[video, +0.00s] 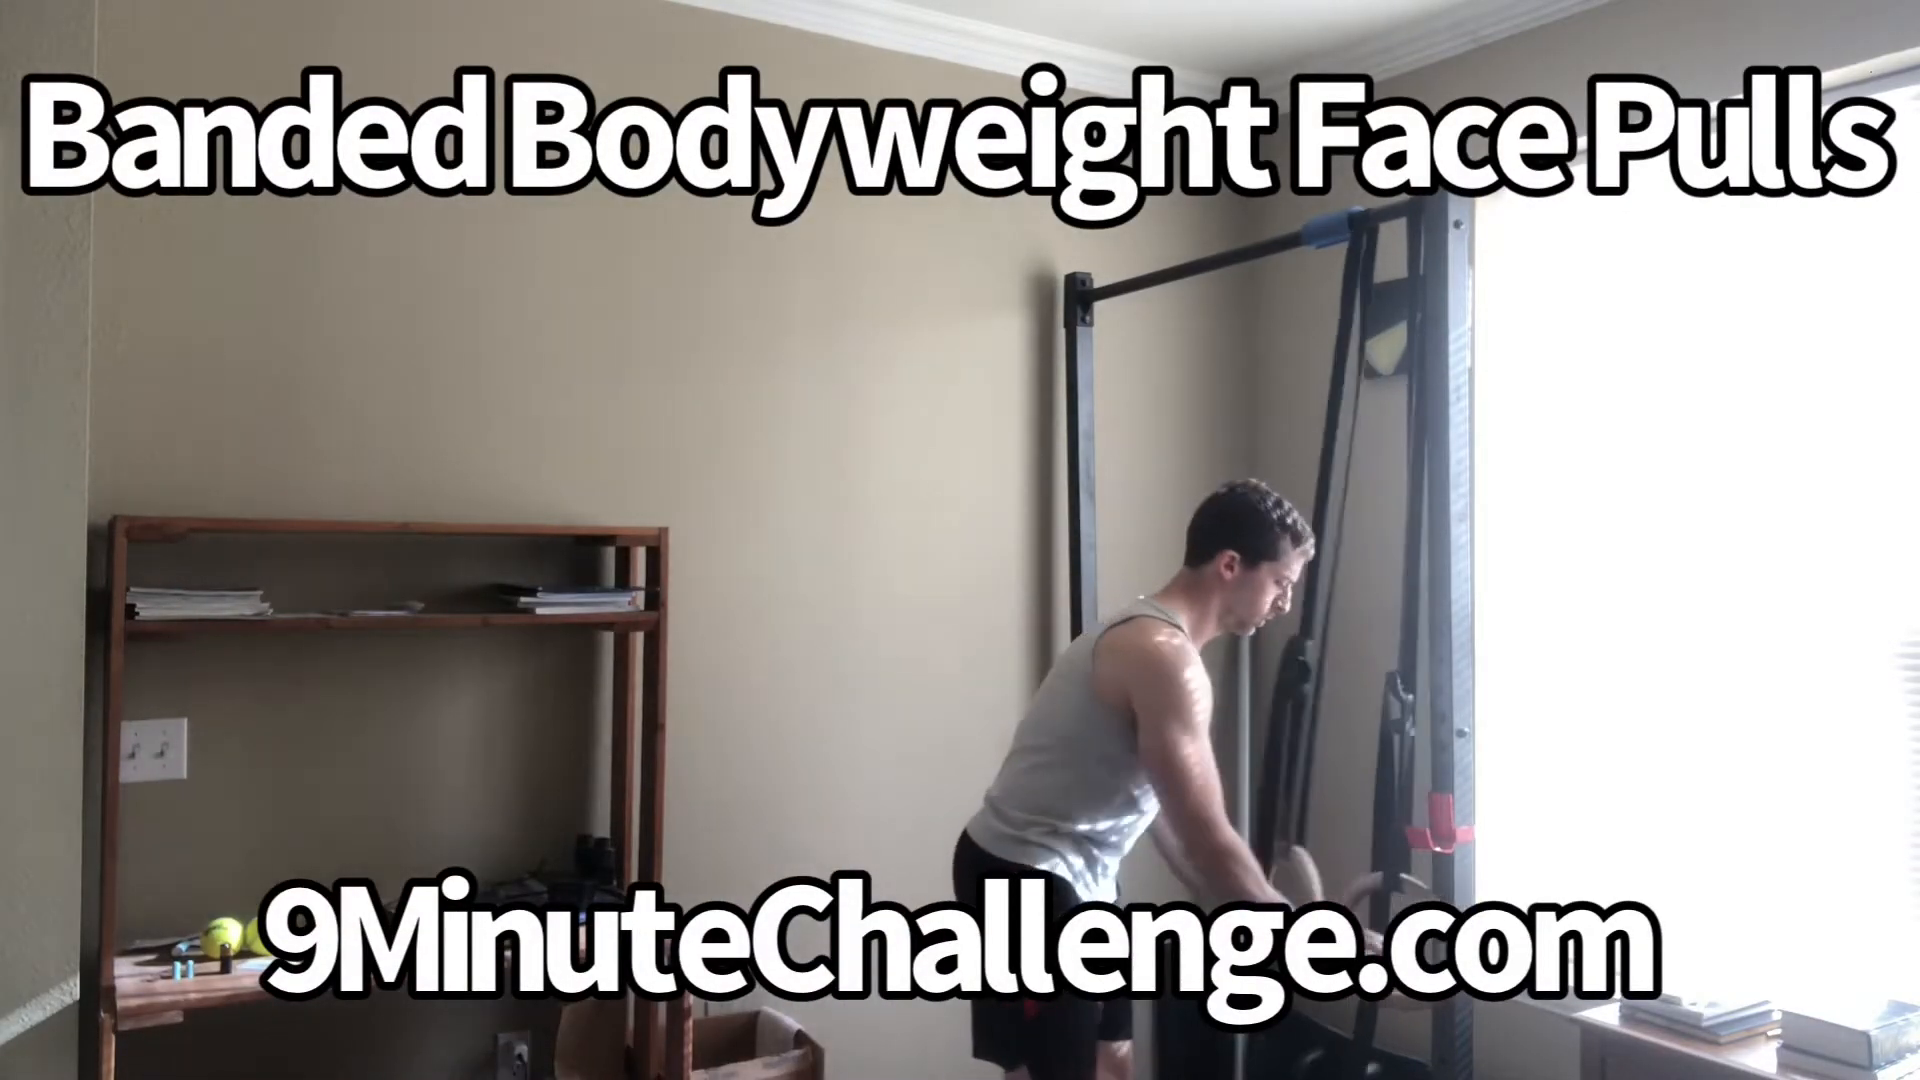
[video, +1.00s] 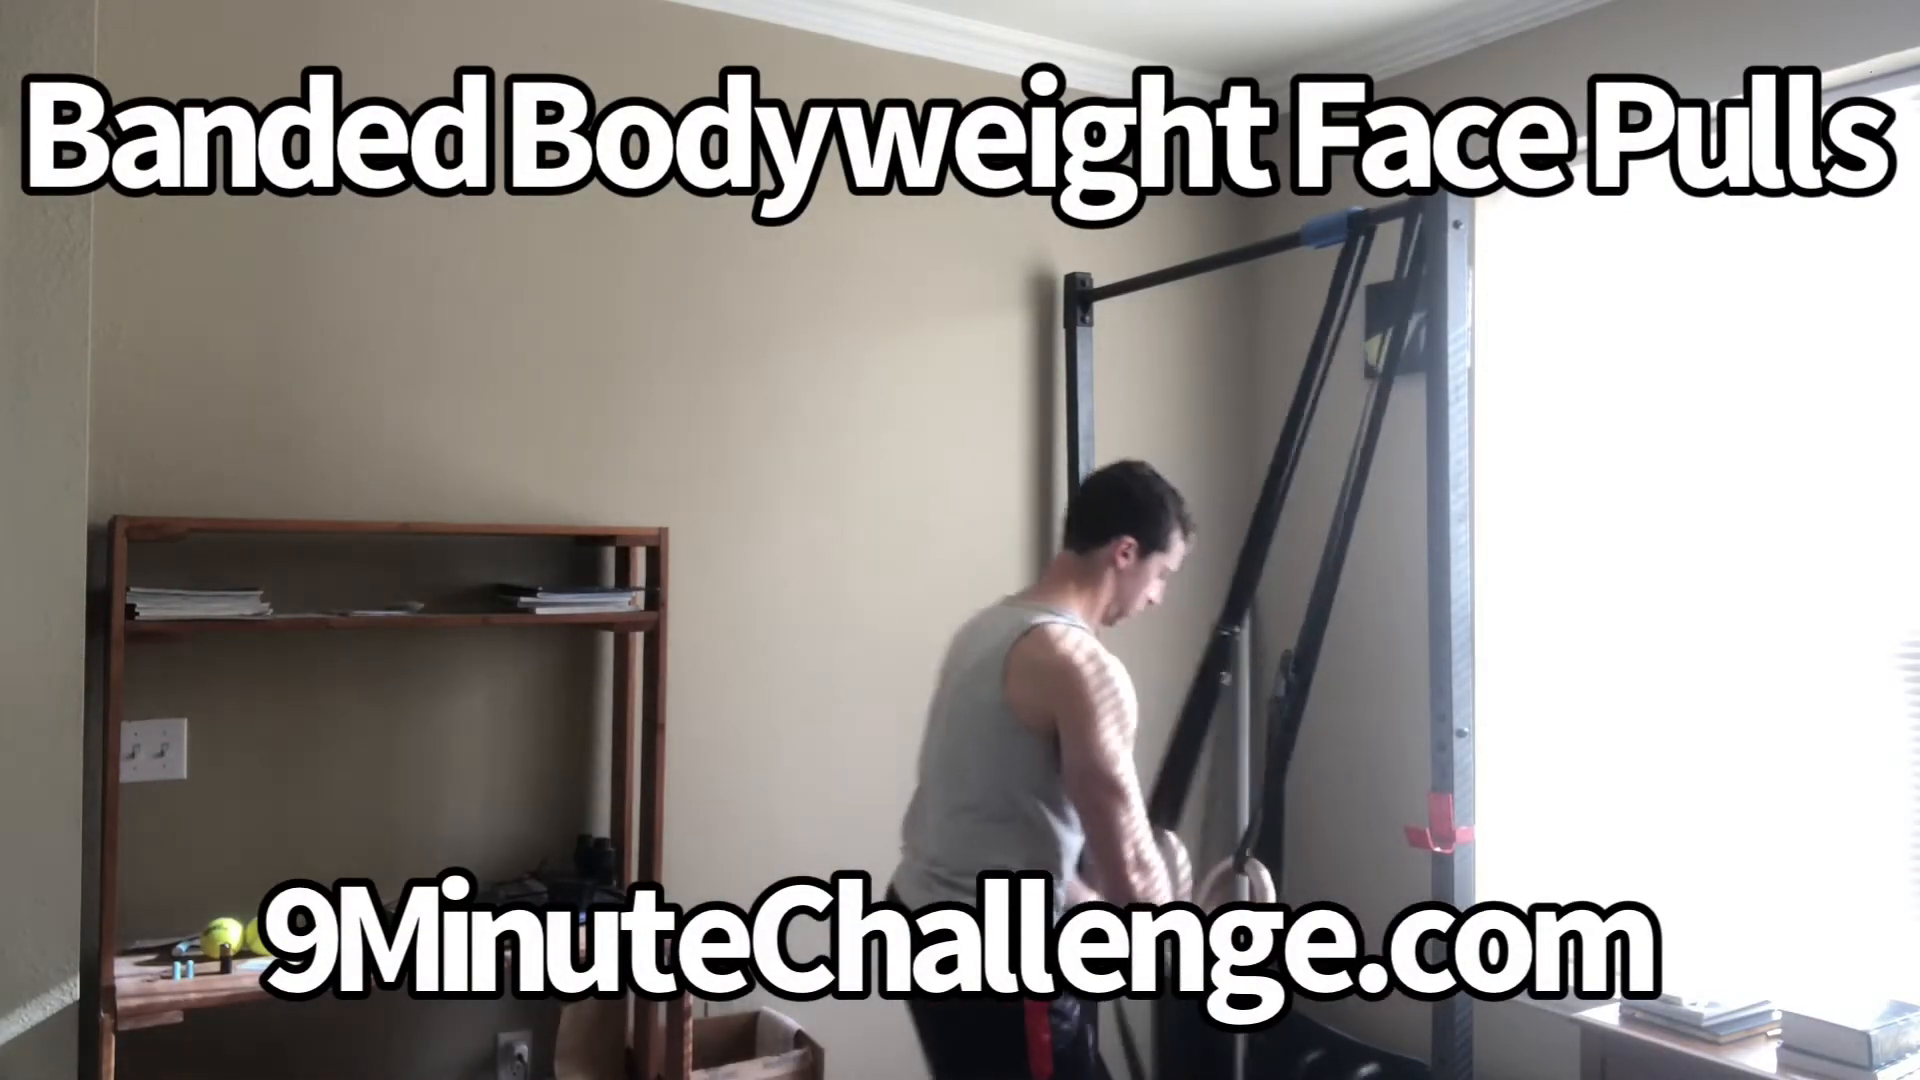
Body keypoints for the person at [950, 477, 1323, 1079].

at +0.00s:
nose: (1285, 604)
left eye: (1290, 587)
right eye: (1282, 583)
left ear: (1227, 568)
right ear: (1229, 566)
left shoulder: (1142, 634)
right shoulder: (1164, 657)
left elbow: (1172, 832)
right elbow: (1209, 841)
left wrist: (1253, 923)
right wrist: (1300, 933)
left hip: (1077, 874)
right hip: (1031, 875)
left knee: (1112, 1061)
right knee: (1054, 1067)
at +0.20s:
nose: (1284, 608)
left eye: (1291, 593)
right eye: (1280, 588)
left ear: (1223, 573)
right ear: (1229, 571)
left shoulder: (1138, 634)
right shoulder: (1170, 665)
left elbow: (1156, 823)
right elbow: (1227, 845)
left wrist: (1229, 920)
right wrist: (1290, 948)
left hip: (1073, 875)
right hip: (1023, 875)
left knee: (1106, 1060)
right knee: (1049, 1068)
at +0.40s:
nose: (1272, 609)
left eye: (1279, 592)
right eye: (1270, 589)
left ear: (1215, 569)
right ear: (1219, 569)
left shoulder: (1126, 631)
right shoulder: (1167, 668)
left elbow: (1149, 822)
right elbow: (1221, 843)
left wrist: (1225, 921)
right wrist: (1277, 943)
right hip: (1020, 879)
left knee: (1103, 1062)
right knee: (1049, 1068)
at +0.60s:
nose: (1246, 604)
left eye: (1254, 587)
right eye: (1246, 582)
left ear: (1192, 562)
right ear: (1199, 561)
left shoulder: (1102, 628)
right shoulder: (1146, 660)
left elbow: (1123, 818)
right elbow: (1191, 845)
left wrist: (1213, 915)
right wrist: (1267, 958)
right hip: (1019, 890)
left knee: (1101, 1063)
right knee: (1055, 1066)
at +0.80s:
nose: (1208, 601)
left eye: (1216, 583)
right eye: (1209, 578)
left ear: (1155, 557)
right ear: (1165, 558)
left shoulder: (1060, 626)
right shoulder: (1115, 661)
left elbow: (1090, 832)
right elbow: (1161, 851)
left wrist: (1169, 919)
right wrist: (1220, 944)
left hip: (970, 891)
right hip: (1018, 908)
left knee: (1093, 1063)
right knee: (1078, 1068)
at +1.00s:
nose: (1157, 598)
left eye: (1167, 579)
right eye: (1162, 575)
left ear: (1106, 550)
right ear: (1123, 554)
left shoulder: (986, 631)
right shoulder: (1081, 667)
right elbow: (1126, 874)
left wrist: (1104, 901)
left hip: (928, 912)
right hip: (1006, 942)